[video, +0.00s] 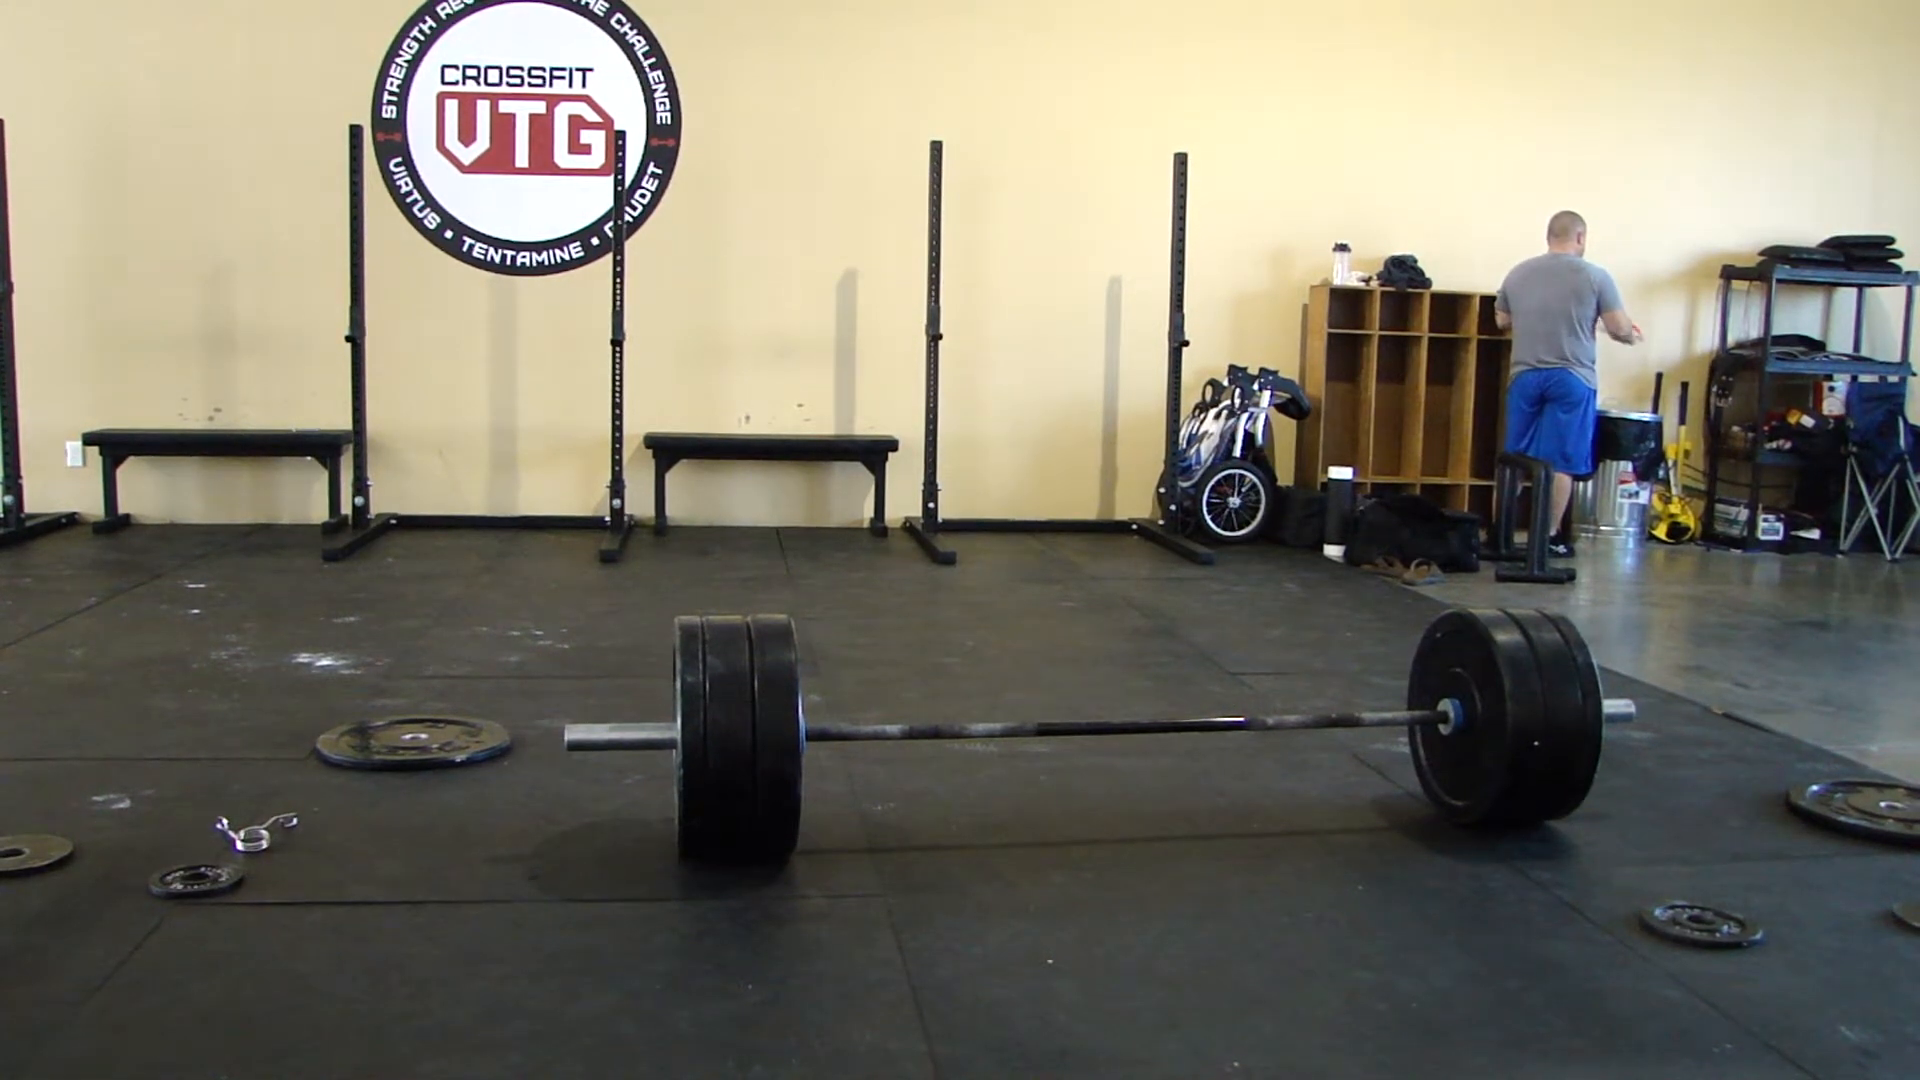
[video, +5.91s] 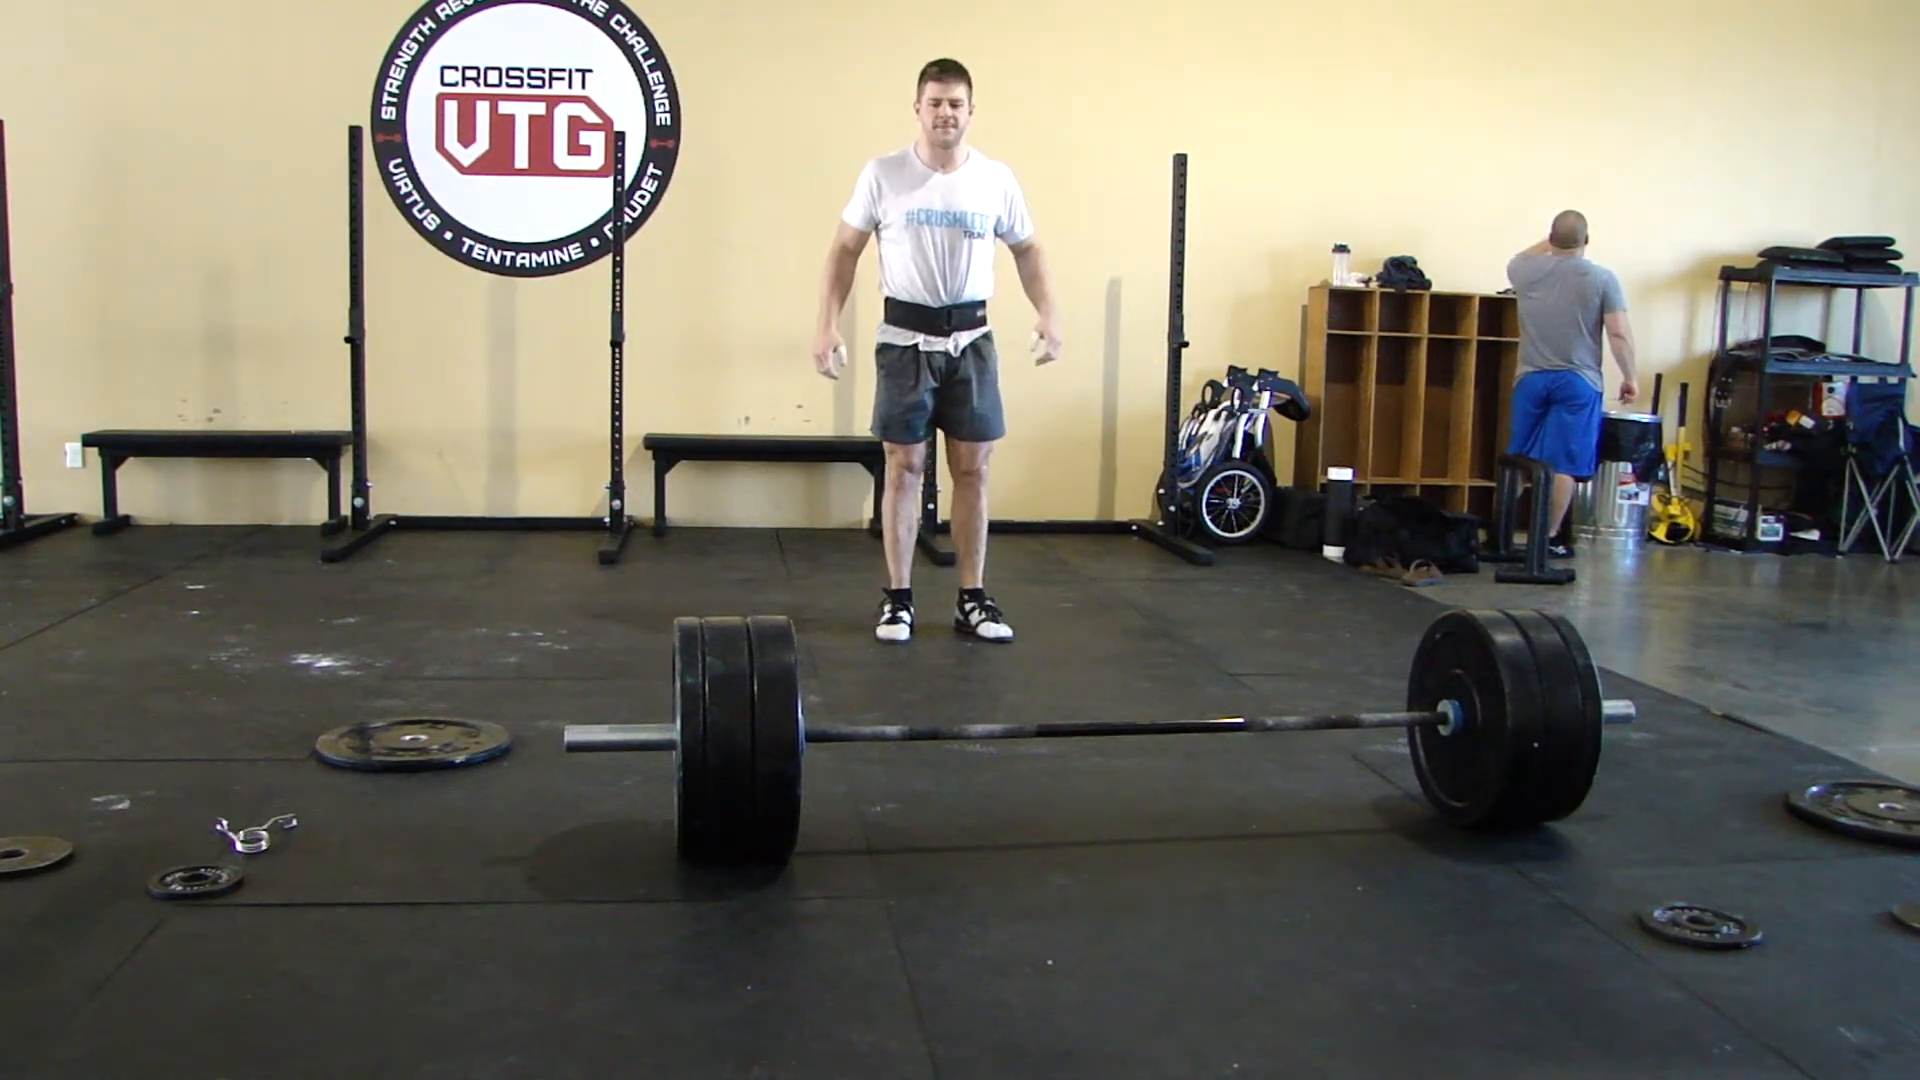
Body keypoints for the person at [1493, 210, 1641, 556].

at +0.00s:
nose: (1585, 245)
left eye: (1583, 240)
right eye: (1585, 239)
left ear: (1548, 237)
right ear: (1580, 238)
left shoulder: (1518, 272)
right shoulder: (1594, 275)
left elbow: (1502, 320)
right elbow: (1617, 329)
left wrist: (1537, 312)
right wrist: (1629, 333)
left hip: (1524, 376)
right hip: (1572, 378)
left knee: (1513, 458)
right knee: (1562, 464)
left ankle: (1501, 534)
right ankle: (1548, 538)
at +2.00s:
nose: (1580, 246)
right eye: (1582, 241)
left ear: (1546, 239)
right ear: (1580, 240)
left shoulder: (1520, 274)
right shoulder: (1596, 277)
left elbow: (1508, 322)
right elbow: (1619, 324)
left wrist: (1541, 315)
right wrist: (1587, 307)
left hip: (1526, 377)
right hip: (1574, 379)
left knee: (1514, 459)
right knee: (1562, 465)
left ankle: (1500, 535)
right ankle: (1548, 539)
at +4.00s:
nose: (1578, 245)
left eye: (1555, 238)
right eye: (1581, 240)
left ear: (1548, 239)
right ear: (1583, 241)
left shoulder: (1521, 274)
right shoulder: (1597, 276)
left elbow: (1506, 320)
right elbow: (1623, 317)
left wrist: (1540, 313)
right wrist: (1592, 299)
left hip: (1527, 377)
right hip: (1575, 379)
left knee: (1516, 459)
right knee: (1562, 466)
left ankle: (1501, 536)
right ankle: (1547, 540)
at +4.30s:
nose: (1582, 247)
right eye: (1584, 242)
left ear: (1549, 239)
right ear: (1583, 241)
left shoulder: (1521, 274)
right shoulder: (1597, 276)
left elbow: (1507, 316)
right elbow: (1621, 328)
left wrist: (1536, 316)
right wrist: (1615, 344)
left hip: (1528, 378)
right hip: (1576, 380)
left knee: (1516, 460)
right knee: (1562, 466)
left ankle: (1501, 535)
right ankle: (1547, 540)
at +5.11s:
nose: (1584, 244)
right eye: (1585, 239)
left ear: (1550, 239)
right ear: (1586, 240)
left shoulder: (1524, 271)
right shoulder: (1600, 277)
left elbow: (1512, 289)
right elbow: (1616, 332)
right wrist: (1628, 376)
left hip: (1530, 379)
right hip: (1577, 382)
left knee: (1519, 461)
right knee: (1565, 465)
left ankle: (1502, 534)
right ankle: (1548, 538)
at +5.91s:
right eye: (1586, 237)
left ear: (1551, 239)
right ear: (1587, 241)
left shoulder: (1527, 272)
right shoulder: (1602, 278)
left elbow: (1516, 263)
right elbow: (1617, 333)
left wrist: (1550, 241)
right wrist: (1630, 377)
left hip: (1531, 379)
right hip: (1578, 381)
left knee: (1519, 459)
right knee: (1565, 465)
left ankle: (1503, 534)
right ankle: (1548, 539)